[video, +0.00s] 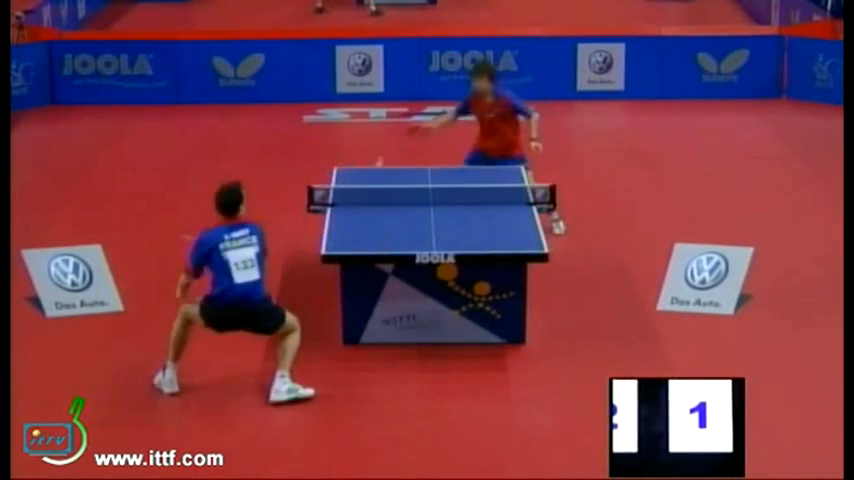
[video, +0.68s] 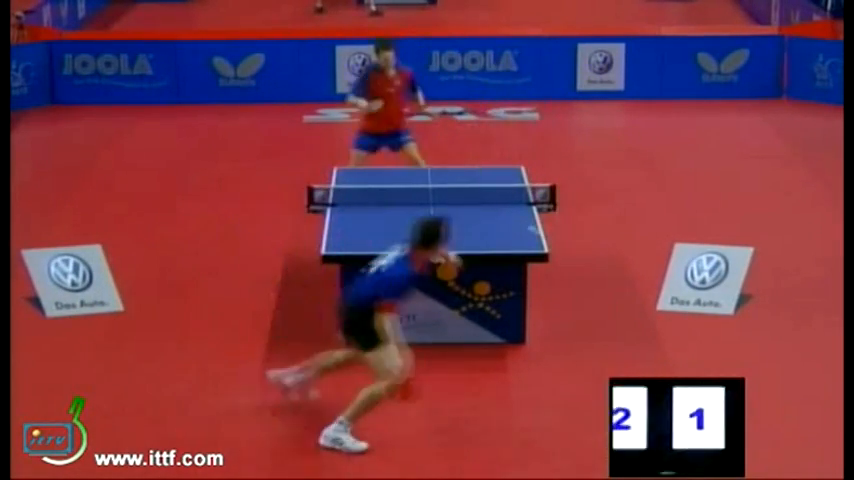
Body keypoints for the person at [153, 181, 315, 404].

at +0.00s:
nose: (245, 207)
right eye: (243, 203)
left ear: (218, 208)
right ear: (241, 207)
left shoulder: (208, 238)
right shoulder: (256, 232)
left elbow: (190, 275)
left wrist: (181, 291)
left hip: (222, 312)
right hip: (257, 309)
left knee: (186, 313)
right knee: (292, 328)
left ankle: (169, 374)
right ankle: (283, 382)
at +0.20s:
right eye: (266, 186)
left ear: (244, 189)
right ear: (269, 190)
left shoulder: (227, 218)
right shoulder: (279, 218)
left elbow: (203, 255)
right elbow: (300, 261)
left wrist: (205, 283)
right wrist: (283, 251)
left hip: (235, 290)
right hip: (270, 290)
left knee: (207, 328)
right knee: (316, 318)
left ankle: (183, 374)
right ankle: (307, 381)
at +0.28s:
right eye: (282, 190)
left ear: (261, 191)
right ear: (284, 193)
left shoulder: (241, 220)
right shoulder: (289, 225)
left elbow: (219, 259)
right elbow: (306, 269)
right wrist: (314, 266)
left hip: (238, 294)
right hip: (272, 295)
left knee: (222, 323)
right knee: (322, 330)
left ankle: (199, 379)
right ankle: (329, 391)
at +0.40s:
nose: (320, 215)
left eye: (320, 210)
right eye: (319, 210)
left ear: (292, 210)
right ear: (314, 213)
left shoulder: (272, 234)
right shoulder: (307, 244)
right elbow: (306, 290)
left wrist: (325, 293)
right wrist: (341, 296)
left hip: (250, 308)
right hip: (281, 312)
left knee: (232, 340)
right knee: (338, 350)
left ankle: (202, 393)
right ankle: (338, 411)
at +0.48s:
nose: (350, 232)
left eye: (348, 226)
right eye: (349, 227)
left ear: (326, 223)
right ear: (345, 228)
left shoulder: (308, 243)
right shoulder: (328, 257)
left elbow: (345, 271)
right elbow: (323, 307)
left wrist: (375, 290)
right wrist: (360, 320)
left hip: (267, 311)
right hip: (293, 319)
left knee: (249, 349)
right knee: (351, 359)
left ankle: (204, 393)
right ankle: (334, 424)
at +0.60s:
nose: (402, 252)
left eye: (402, 247)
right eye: (399, 247)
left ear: (384, 243)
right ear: (387, 247)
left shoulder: (380, 256)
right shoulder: (368, 274)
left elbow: (412, 262)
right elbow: (352, 318)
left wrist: (443, 268)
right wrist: (375, 357)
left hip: (318, 309)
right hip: (330, 319)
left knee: (303, 356)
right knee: (374, 370)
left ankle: (243, 374)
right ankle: (336, 430)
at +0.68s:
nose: (442, 251)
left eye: (442, 246)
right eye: (440, 247)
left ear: (419, 241)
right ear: (430, 248)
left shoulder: (403, 253)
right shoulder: (401, 274)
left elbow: (427, 255)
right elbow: (386, 316)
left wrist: (445, 260)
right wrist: (400, 353)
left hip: (354, 301)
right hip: (360, 312)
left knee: (359, 354)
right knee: (394, 374)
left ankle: (295, 376)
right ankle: (339, 429)